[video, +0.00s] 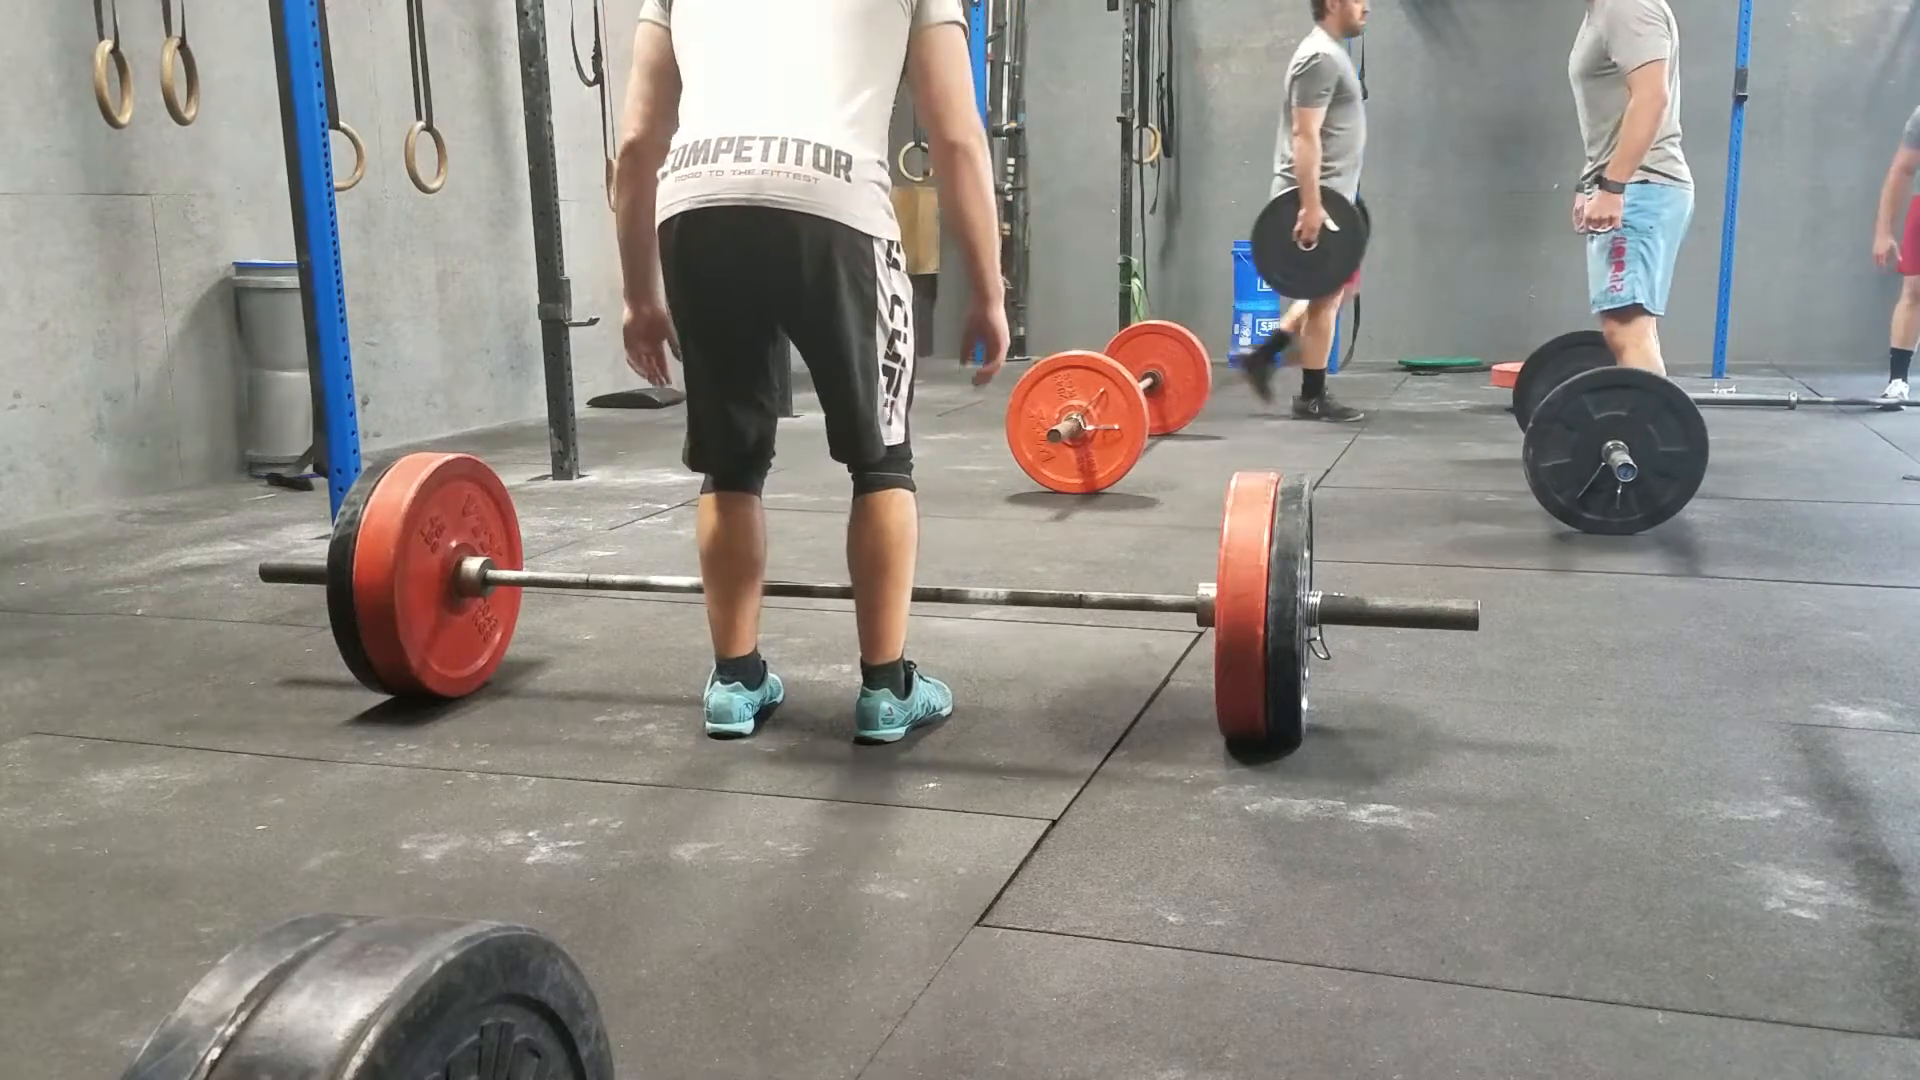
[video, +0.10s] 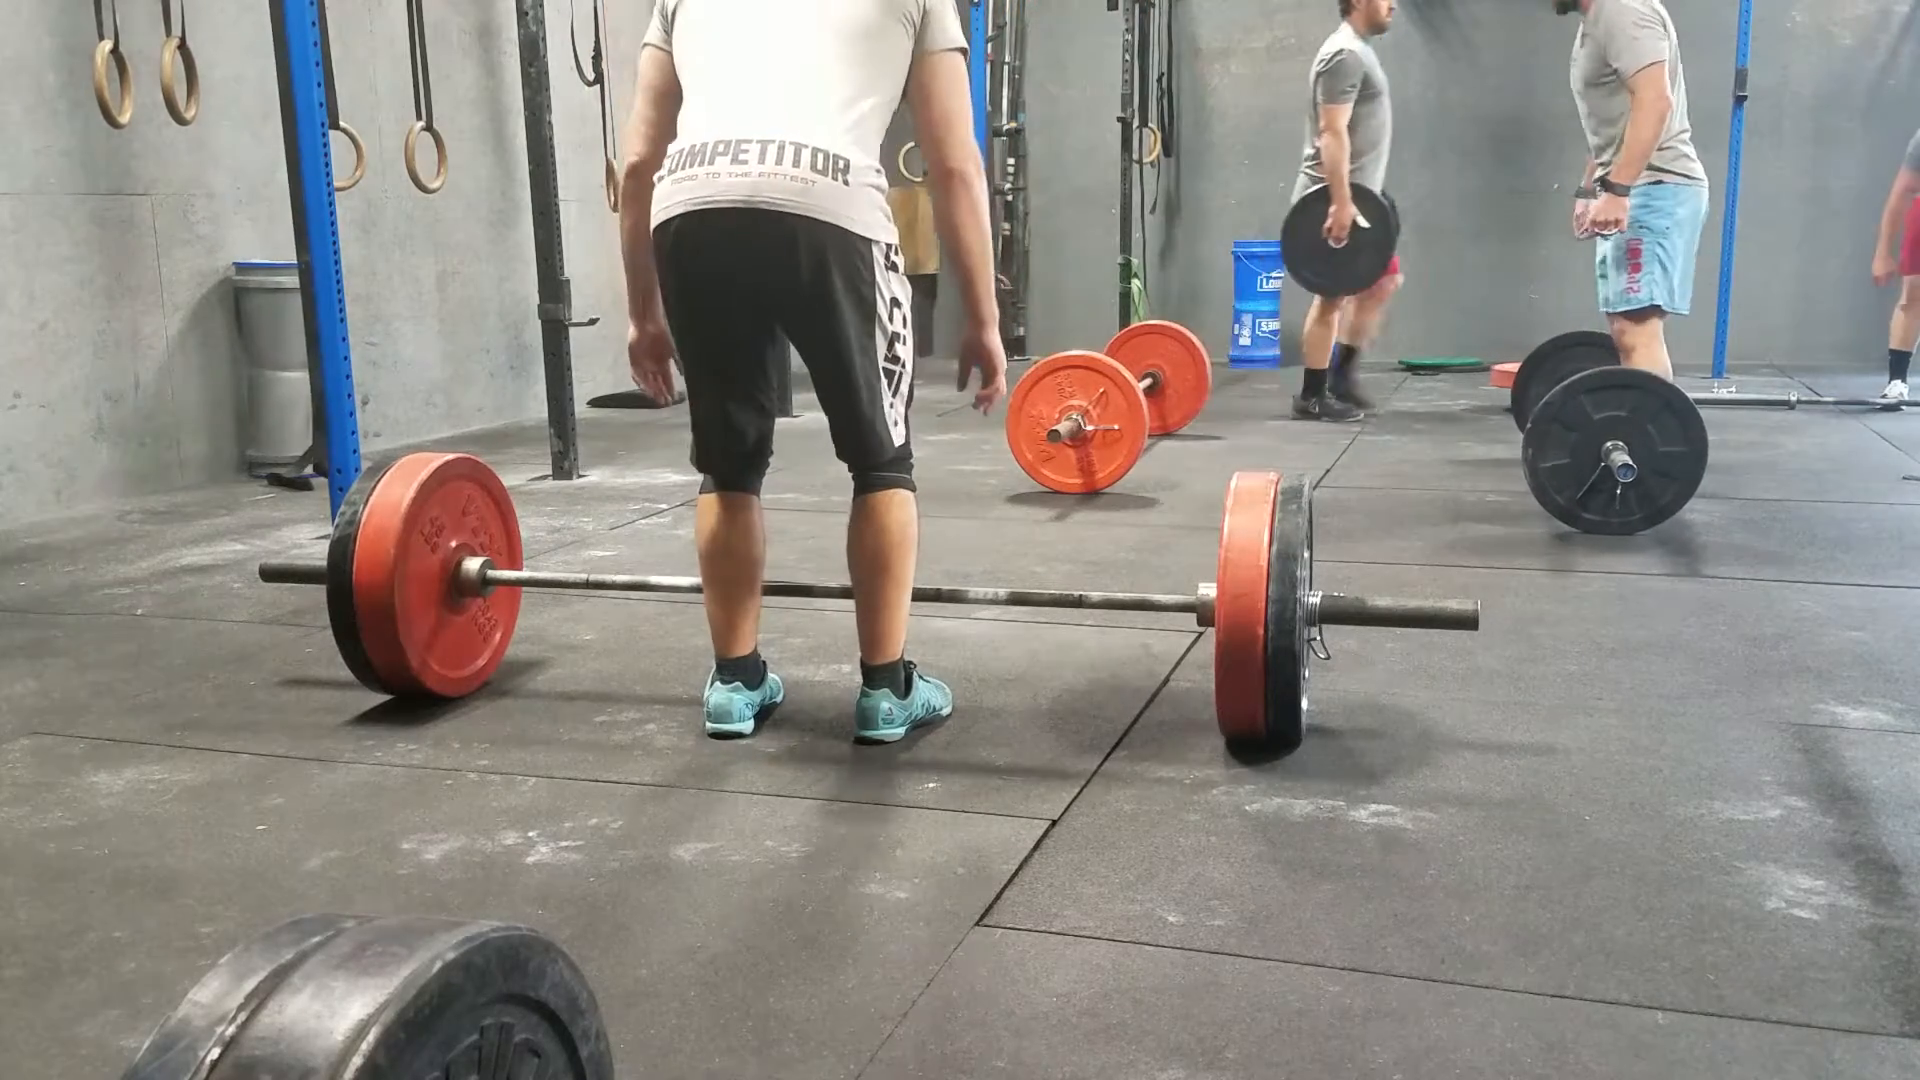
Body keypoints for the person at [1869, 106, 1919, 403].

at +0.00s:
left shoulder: (1916, 118)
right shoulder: (1919, 116)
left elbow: (1903, 169)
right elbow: (1903, 168)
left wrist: (1885, 231)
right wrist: (1883, 230)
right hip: (1918, 218)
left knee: (1912, 293)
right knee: (1913, 291)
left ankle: (1899, 379)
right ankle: (1898, 380)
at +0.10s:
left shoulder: (1916, 142)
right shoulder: (1918, 141)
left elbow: (1903, 192)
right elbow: (1902, 192)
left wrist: (1884, 251)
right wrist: (1883, 252)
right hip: (1915, 235)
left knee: (1911, 300)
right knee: (1911, 298)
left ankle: (1898, 380)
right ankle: (1897, 380)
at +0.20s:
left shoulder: (1916, 165)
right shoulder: (1918, 164)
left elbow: (1901, 215)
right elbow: (1900, 215)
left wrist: (1885, 279)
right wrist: (1884, 280)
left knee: (1911, 297)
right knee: (1912, 296)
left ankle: (1897, 380)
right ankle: (1897, 380)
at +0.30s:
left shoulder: (1915, 188)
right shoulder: (1918, 187)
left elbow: (1899, 240)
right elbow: (1898, 240)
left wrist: (1883, 308)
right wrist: (1882, 307)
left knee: (1911, 284)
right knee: (1912, 284)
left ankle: (1897, 380)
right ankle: (1896, 380)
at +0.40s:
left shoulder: (1916, 208)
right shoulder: (1918, 207)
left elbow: (1897, 269)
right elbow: (1895, 269)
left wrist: (1880, 334)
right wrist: (1879, 334)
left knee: (1913, 284)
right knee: (1913, 285)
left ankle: (1897, 381)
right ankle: (1897, 382)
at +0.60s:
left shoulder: (1916, 240)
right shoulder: (1916, 239)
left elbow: (1900, 301)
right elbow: (1898, 301)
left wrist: (1880, 363)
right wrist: (1880, 364)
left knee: (1909, 301)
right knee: (1909, 301)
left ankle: (1896, 378)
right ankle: (1895, 378)